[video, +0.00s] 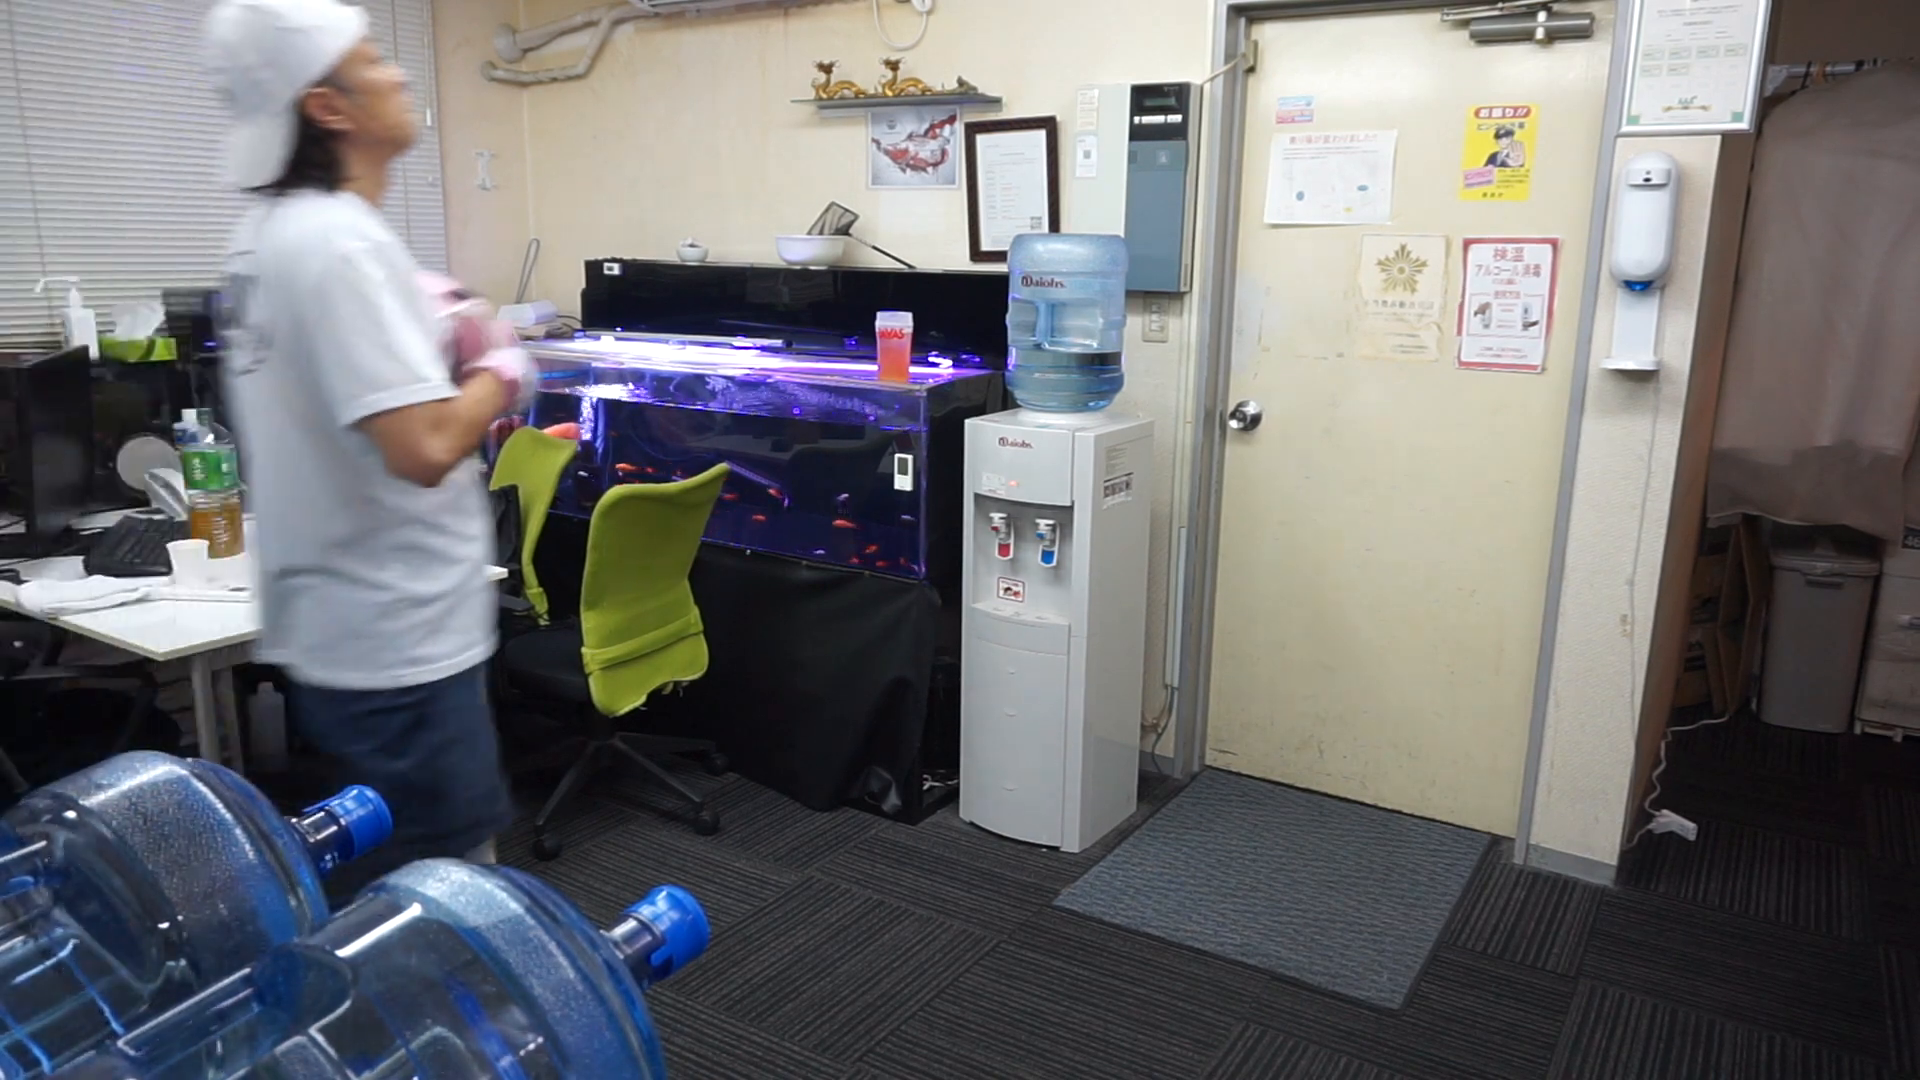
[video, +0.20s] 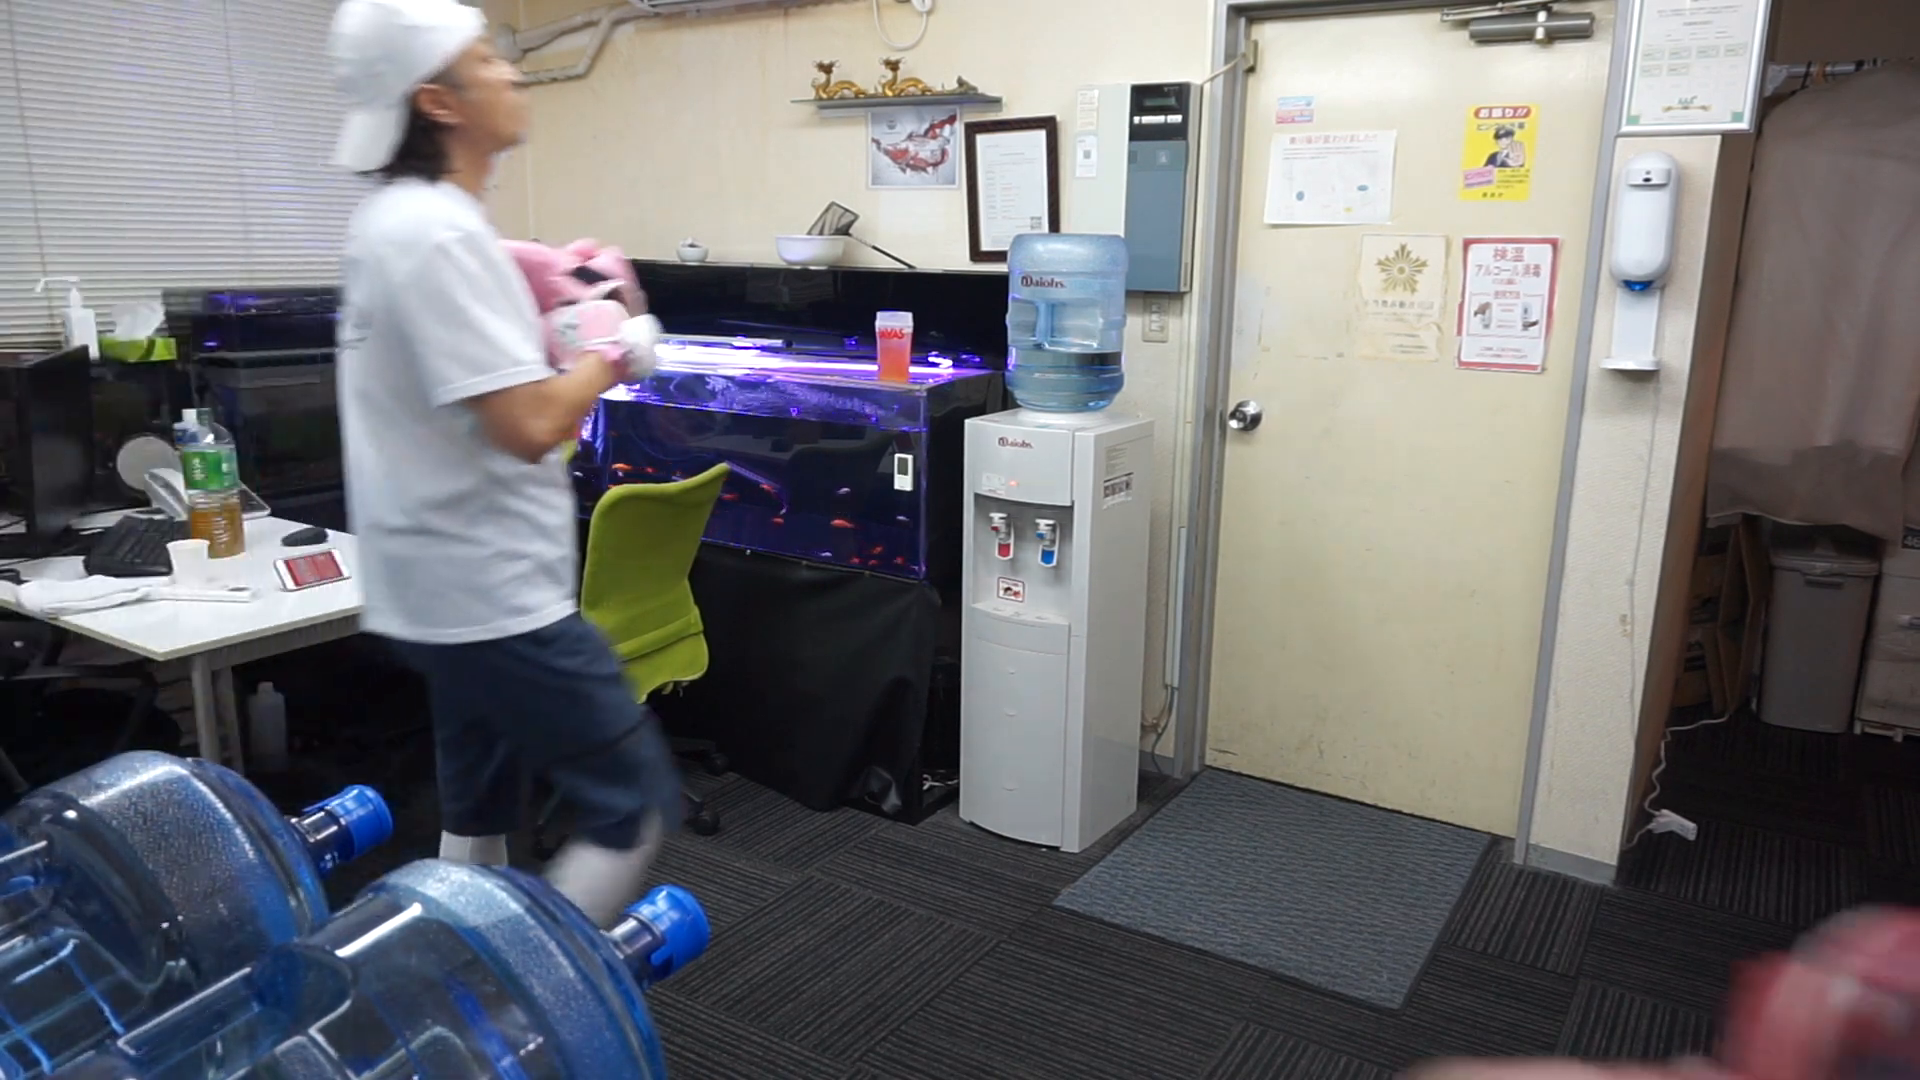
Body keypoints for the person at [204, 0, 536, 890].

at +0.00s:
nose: (398, 76)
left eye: (382, 58)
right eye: (373, 67)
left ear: (328, 113)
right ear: (329, 111)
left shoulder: (272, 237)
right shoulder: (339, 248)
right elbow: (423, 450)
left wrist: (443, 348)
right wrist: (496, 374)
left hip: (334, 649)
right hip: (402, 662)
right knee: (450, 896)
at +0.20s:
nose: (514, 73)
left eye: (500, 55)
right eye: (489, 60)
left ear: (443, 107)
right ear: (438, 103)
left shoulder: (395, 220)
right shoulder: (436, 232)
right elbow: (526, 423)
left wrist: (543, 316)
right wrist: (606, 357)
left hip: (435, 591)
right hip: (491, 599)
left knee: (476, 810)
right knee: (633, 797)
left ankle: (465, 992)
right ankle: (522, 996)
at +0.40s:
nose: (620, 99)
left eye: (605, 79)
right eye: (596, 89)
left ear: (544, 131)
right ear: (549, 130)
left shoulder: (489, 230)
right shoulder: (555, 251)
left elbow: (532, 385)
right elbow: (626, 435)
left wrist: (639, 333)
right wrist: (708, 358)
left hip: (509, 577)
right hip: (587, 591)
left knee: (513, 784)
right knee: (680, 782)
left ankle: (473, 966)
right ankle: (770, 964)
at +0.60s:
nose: (745, 120)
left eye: (732, 100)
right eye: (723, 107)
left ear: (668, 145)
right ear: (675, 145)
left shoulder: (603, 238)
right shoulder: (681, 269)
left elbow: (645, 391)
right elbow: (739, 446)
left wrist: (738, 308)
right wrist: (801, 358)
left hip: (630, 585)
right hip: (716, 595)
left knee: (603, 777)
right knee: (791, 786)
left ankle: (515, 949)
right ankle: (804, 971)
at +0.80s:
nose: (864, 117)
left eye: (856, 100)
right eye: (847, 105)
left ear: (790, 141)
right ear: (794, 140)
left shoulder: (708, 223)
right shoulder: (794, 255)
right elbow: (847, 423)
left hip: (721, 563)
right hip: (790, 577)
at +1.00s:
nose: (955, 123)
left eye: (948, 104)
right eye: (939, 108)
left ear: (870, 132)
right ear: (889, 135)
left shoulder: (804, 223)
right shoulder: (876, 246)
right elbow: (981, 350)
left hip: (814, 520)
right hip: (857, 531)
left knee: (878, 699)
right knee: (832, 728)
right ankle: (807, 955)